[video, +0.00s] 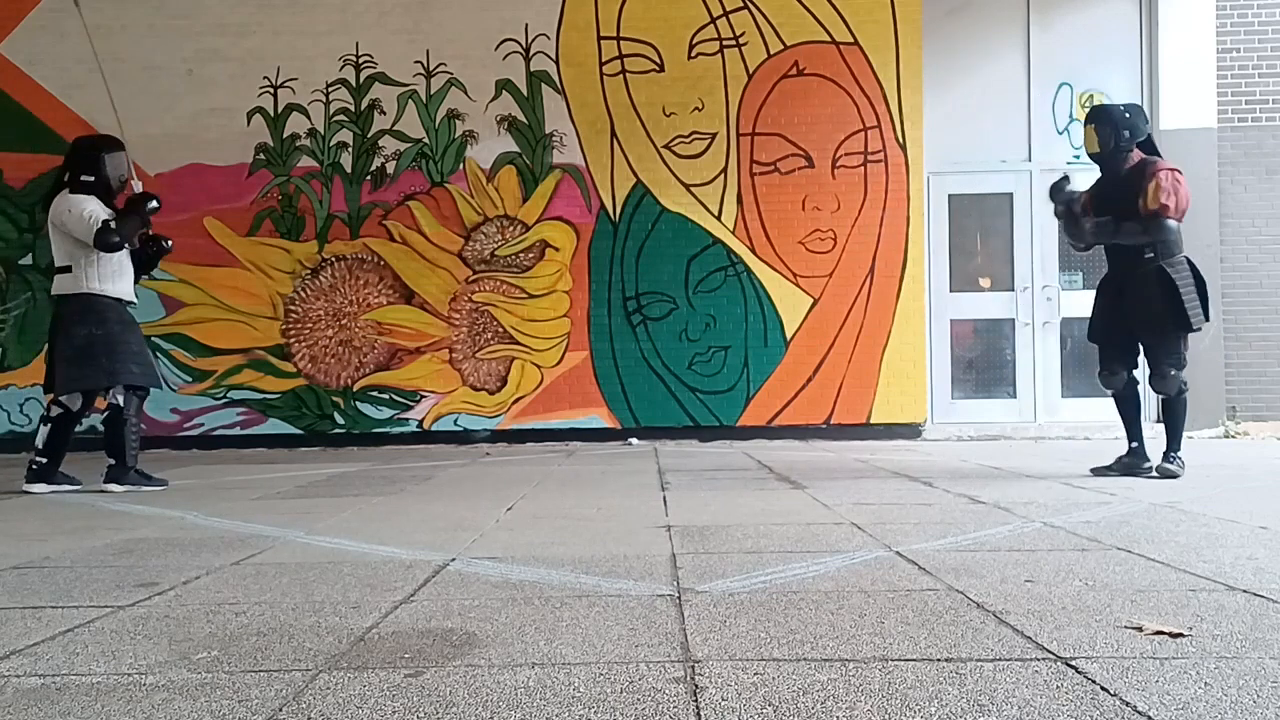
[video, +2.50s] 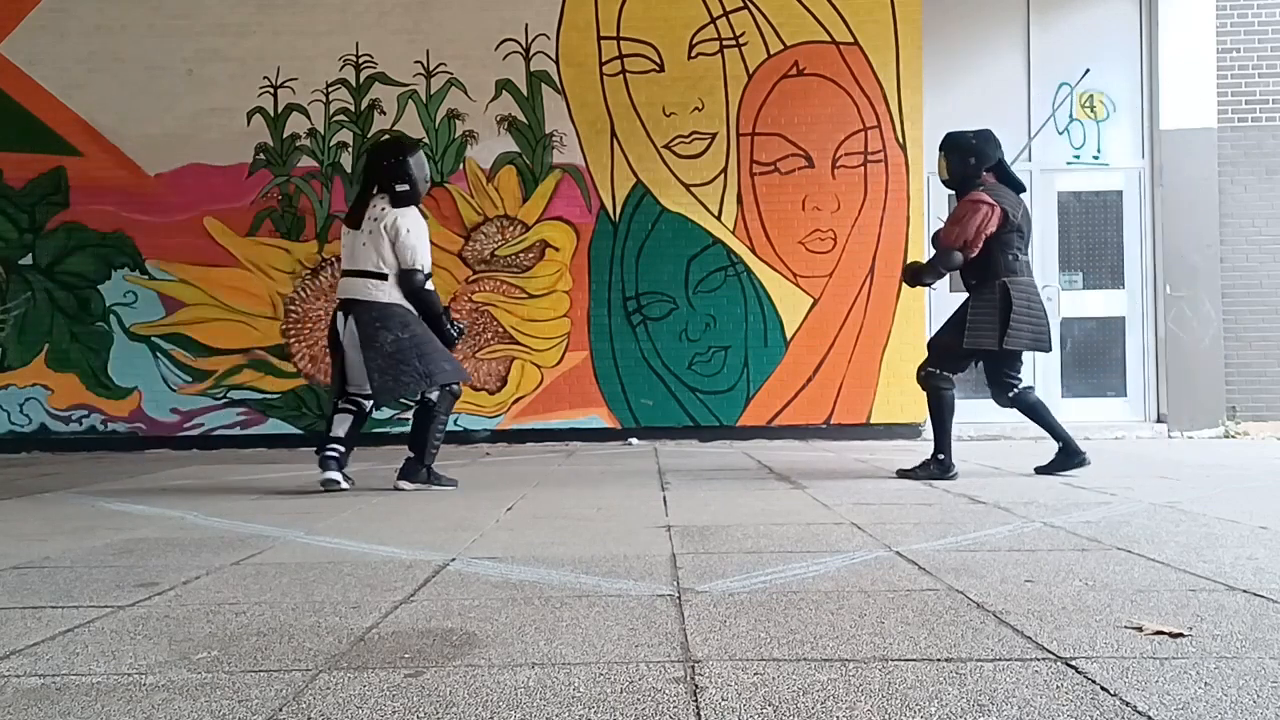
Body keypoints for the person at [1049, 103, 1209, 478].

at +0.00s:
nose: (1092, 143)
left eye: (1099, 134)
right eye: (1089, 135)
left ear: (1124, 134)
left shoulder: (1158, 174)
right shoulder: (1102, 187)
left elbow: (1164, 231)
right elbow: (1081, 240)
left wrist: (1104, 230)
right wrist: (1065, 208)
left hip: (1161, 283)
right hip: (1119, 285)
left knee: (1167, 373)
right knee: (1116, 372)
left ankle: (1173, 455)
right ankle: (1137, 453)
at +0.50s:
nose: (1111, 139)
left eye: (1119, 130)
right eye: (1110, 131)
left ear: (1144, 133)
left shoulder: (1173, 179)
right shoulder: (1112, 189)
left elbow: (1150, 229)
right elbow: (1088, 229)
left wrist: (1087, 248)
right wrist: (1057, 221)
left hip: (1165, 283)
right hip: (1122, 284)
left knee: (1168, 375)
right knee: (1115, 371)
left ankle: (1173, 455)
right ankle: (1139, 454)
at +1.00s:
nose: (1081, 144)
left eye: (1088, 136)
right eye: (1082, 136)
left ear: (1110, 138)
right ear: (1112, 139)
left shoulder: (1139, 182)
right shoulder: (1099, 188)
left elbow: (1135, 245)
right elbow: (1092, 242)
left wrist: (1084, 269)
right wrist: (1070, 239)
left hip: (1138, 286)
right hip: (1101, 289)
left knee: (1150, 378)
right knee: (1087, 372)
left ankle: (1170, 456)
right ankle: (1106, 454)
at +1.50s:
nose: (1010, 167)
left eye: (1016, 159)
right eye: (1010, 159)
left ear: (1038, 162)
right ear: (1049, 164)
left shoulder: (1043, 200)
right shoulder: (1067, 196)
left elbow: (1002, 244)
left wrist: (968, 252)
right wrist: (1005, 222)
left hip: (1060, 303)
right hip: (1083, 302)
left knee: (1006, 372)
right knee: (1049, 386)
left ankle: (966, 450)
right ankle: (1102, 456)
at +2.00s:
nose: (948, 168)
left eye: (953, 160)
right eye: (949, 160)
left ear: (977, 162)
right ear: (992, 164)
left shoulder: (977, 201)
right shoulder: (1021, 201)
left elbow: (941, 255)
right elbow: (1008, 250)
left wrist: (921, 268)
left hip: (989, 304)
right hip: (1022, 305)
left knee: (929, 371)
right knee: (1014, 389)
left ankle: (941, 460)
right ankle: (1070, 455)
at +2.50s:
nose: (944, 169)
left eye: (950, 161)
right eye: (944, 161)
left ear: (973, 164)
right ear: (986, 165)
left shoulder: (979, 201)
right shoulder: (1008, 198)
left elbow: (949, 255)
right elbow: (977, 253)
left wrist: (922, 274)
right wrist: (933, 269)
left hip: (993, 301)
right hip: (1017, 300)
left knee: (935, 368)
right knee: (1007, 387)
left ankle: (941, 460)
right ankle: (1070, 449)